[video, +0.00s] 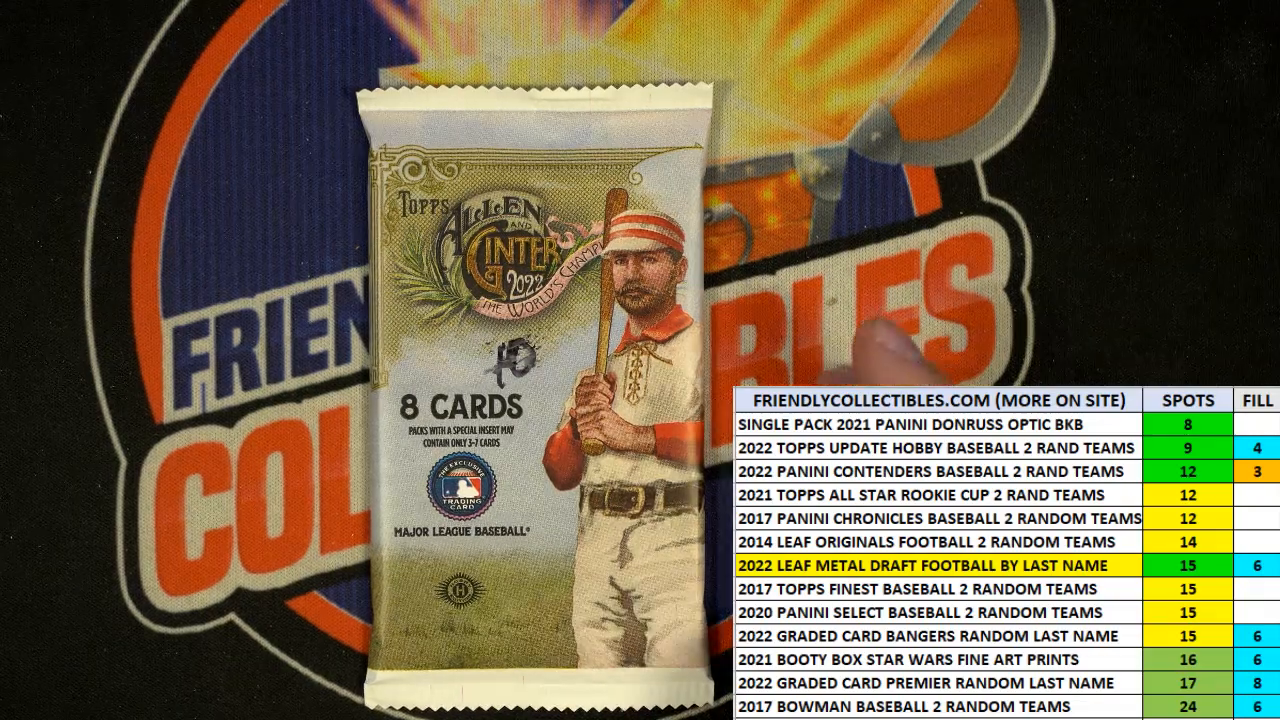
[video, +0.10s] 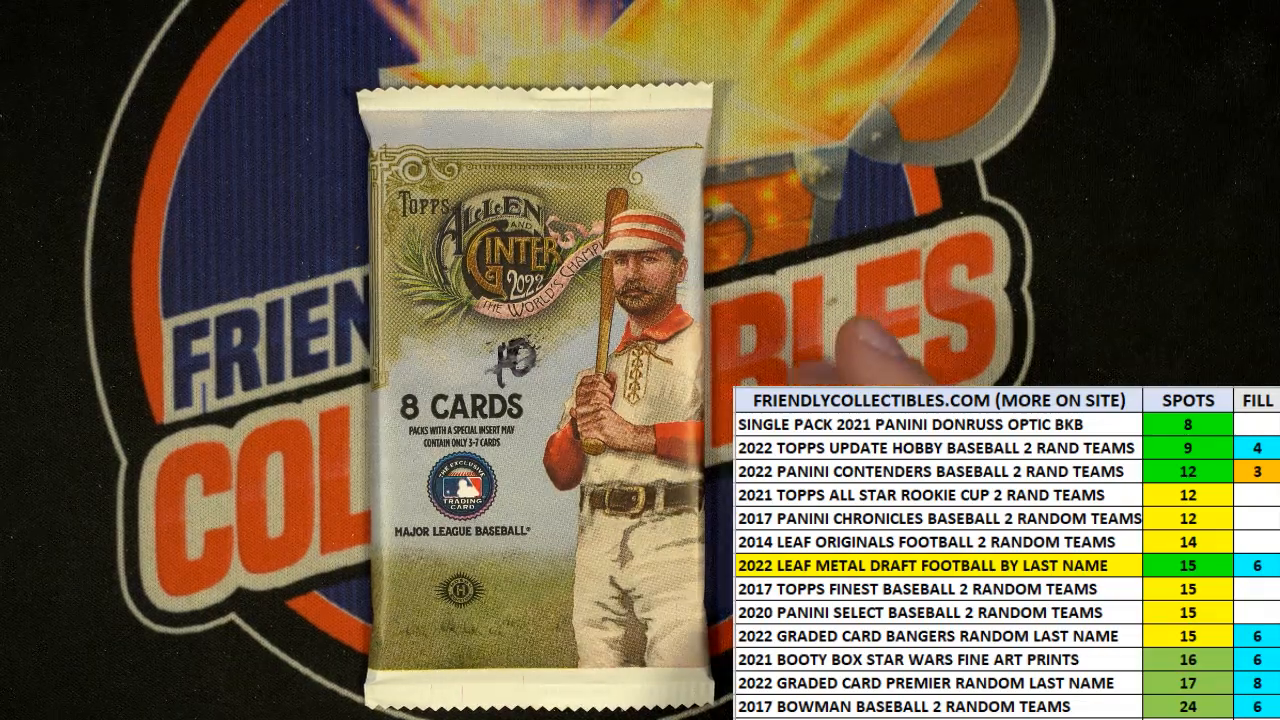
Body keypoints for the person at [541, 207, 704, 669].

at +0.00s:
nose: (631, 274)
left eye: (647, 259)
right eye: (619, 261)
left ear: (678, 269)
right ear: (608, 273)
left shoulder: (705, 346)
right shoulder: (603, 365)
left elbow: (727, 438)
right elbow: (561, 476)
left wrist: (635, 436)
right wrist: (577, 422)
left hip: (674, 530)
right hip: (598, 531)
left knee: (678, 683)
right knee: (600, 687)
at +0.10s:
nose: (631, 273)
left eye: (648, 259)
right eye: (620, 260)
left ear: (679, 270)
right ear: (609, 272)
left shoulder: (705, 345)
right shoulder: (605, 364)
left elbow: (725, 437)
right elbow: (561, 475)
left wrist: (630, 435)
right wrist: (578, 419)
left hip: (674, 529)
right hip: (598, 531)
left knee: (677, 685)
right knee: (601, 689)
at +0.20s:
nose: (631, 274)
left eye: (647, 259)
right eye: (620, 261)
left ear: (678, 270)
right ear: (609, 272)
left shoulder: (705, 345)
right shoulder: (604, 365)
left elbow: (725, 437)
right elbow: (561, 476)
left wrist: (634, 436)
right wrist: (577, 421)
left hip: (672, 530)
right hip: (597, 532)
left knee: (677, 687)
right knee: (601, 692)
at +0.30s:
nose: (631, 273)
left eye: (647, 259)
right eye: (620, 260)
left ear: (678, 270)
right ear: (609, 272)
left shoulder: (705, 345)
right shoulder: (605, 363)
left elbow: (724, 436)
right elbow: (561, 475)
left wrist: (634, 436)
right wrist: (577, 420)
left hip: (673, 529)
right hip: (598, 531)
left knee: (678, 689)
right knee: (601, 694)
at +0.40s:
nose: (631, 274)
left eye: (647, 259)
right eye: (620, 261)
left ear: (678, 270)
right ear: (609, 272)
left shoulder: (707, 345)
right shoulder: (602, 365)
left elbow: (728, 437)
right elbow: (561, 476)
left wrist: (634, 436)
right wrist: (577, 421)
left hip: (673, 529)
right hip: (597, 531)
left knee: (677, 687)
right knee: (600, 690)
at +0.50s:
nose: (631, 273)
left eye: (647, 259)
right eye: (620, 260)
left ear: (678, 270)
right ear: (609, 272)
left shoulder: (708, 346)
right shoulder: (602, 366)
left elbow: (727, 437)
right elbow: (561, 475)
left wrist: (632, 436)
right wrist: (577, 420)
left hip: (672, 528)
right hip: (597, 531)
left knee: (677, 683)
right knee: (601, 686)